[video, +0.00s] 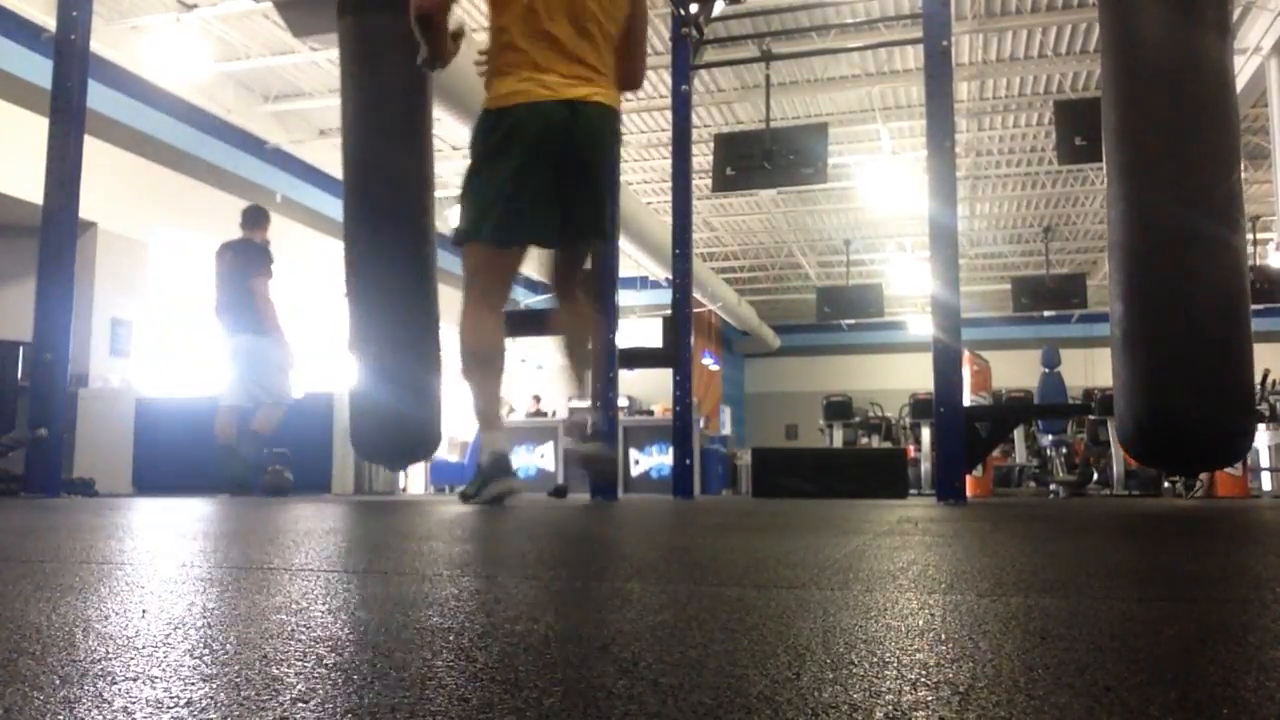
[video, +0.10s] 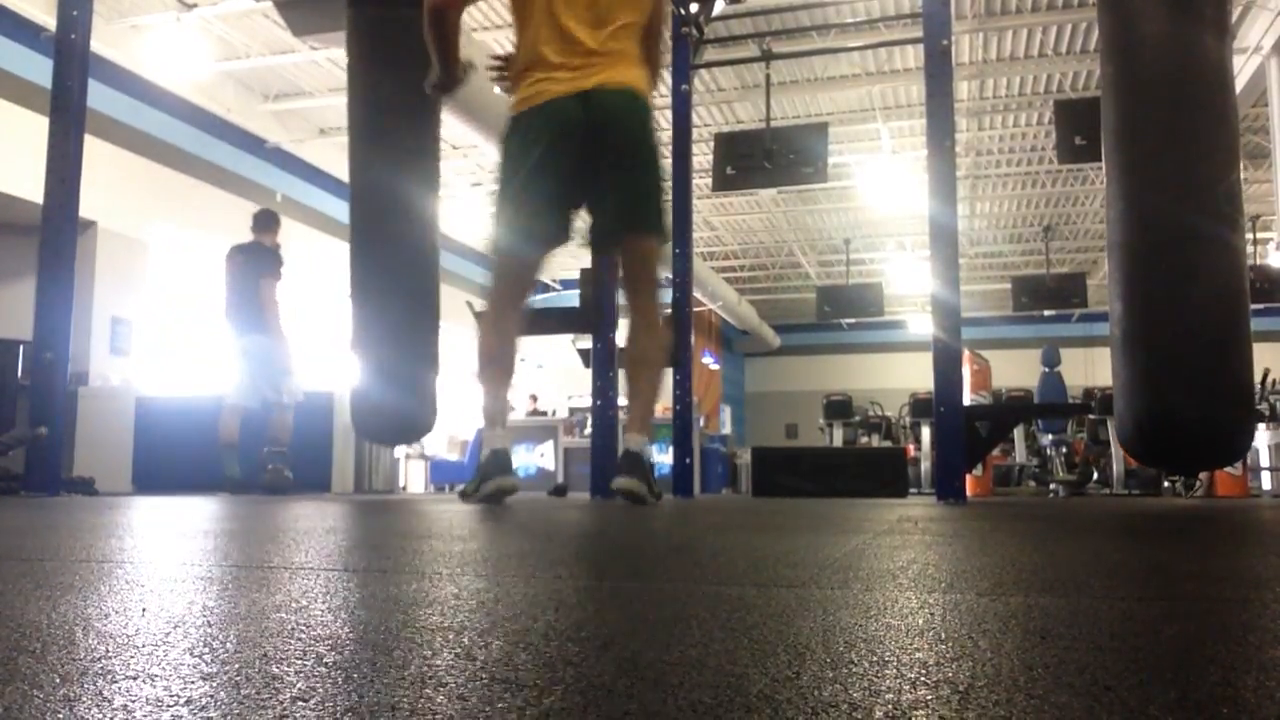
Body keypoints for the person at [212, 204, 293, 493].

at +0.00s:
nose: (265, 233)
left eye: (262, 227)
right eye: (265, 228)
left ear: (242, 224)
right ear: (264, 226)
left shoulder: (224, 250)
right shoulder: (259, 252)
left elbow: (222, 302)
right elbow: (261, 297)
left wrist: (233, 330)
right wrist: (280, 339)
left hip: (234, 335)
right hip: (259, 335)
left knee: (232, 398)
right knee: (277, 398)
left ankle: (228, 464)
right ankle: (249, 452)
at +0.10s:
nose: (275, 237)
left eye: (272, 231)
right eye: (276, 231)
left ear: (252, 229)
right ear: (275, 231)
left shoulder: (234, 253)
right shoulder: (270, 255)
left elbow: (231, 303)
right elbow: (267, 300)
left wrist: (241, 332)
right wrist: (279, 340)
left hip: (241, 334)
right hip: (264, 334)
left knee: (236, 398)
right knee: (284, 398)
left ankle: (230, 466)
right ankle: (277, 462)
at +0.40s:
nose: (307, 248)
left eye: (303, 242)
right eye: (309, 243)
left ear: (288, 241)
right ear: (309, 243)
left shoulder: (267, 267)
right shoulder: (306, 270)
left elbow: (263, 308)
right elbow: (303, 308)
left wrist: (266, 340)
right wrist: (307, 345)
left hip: (270, 349)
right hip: (299, 348)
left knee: (260, 407)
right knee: (305, 413)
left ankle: (240, 464)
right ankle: (304, 474)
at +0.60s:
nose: (326, 250)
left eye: (322, 244)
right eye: (328, 246)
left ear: (307, 244)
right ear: (328, 246)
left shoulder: (287, 271)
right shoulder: (328, 273)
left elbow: (279, 313)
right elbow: (330, 314)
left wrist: (275, 348)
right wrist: (336, 348)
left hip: (287, 347)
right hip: (317, 347)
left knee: (291, 408)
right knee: (311, 410)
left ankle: (276, 451)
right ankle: (305, 474)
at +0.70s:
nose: (324, 256)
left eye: (319, 250)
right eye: (330, 251)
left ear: (314, 251)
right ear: (335, 252)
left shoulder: (296, 276)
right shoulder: (341, 276)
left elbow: (279, 317)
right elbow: (348, 316)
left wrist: (271, 351)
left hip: (299, 348)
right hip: (327, 348)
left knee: (306, 409)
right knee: (313, 411)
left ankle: (304, 471)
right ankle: (305, 475)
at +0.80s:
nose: (331, 257)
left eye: (328, 251)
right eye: (332, 252)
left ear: (321, 252)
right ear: (340, 253)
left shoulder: (304, 279)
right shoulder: (348, 279)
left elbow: (283, 317)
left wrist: (276, 348)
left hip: (308, 352)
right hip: (330, 351)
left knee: (316, 410)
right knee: (317, 411)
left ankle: (324, 471)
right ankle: (306, 473)